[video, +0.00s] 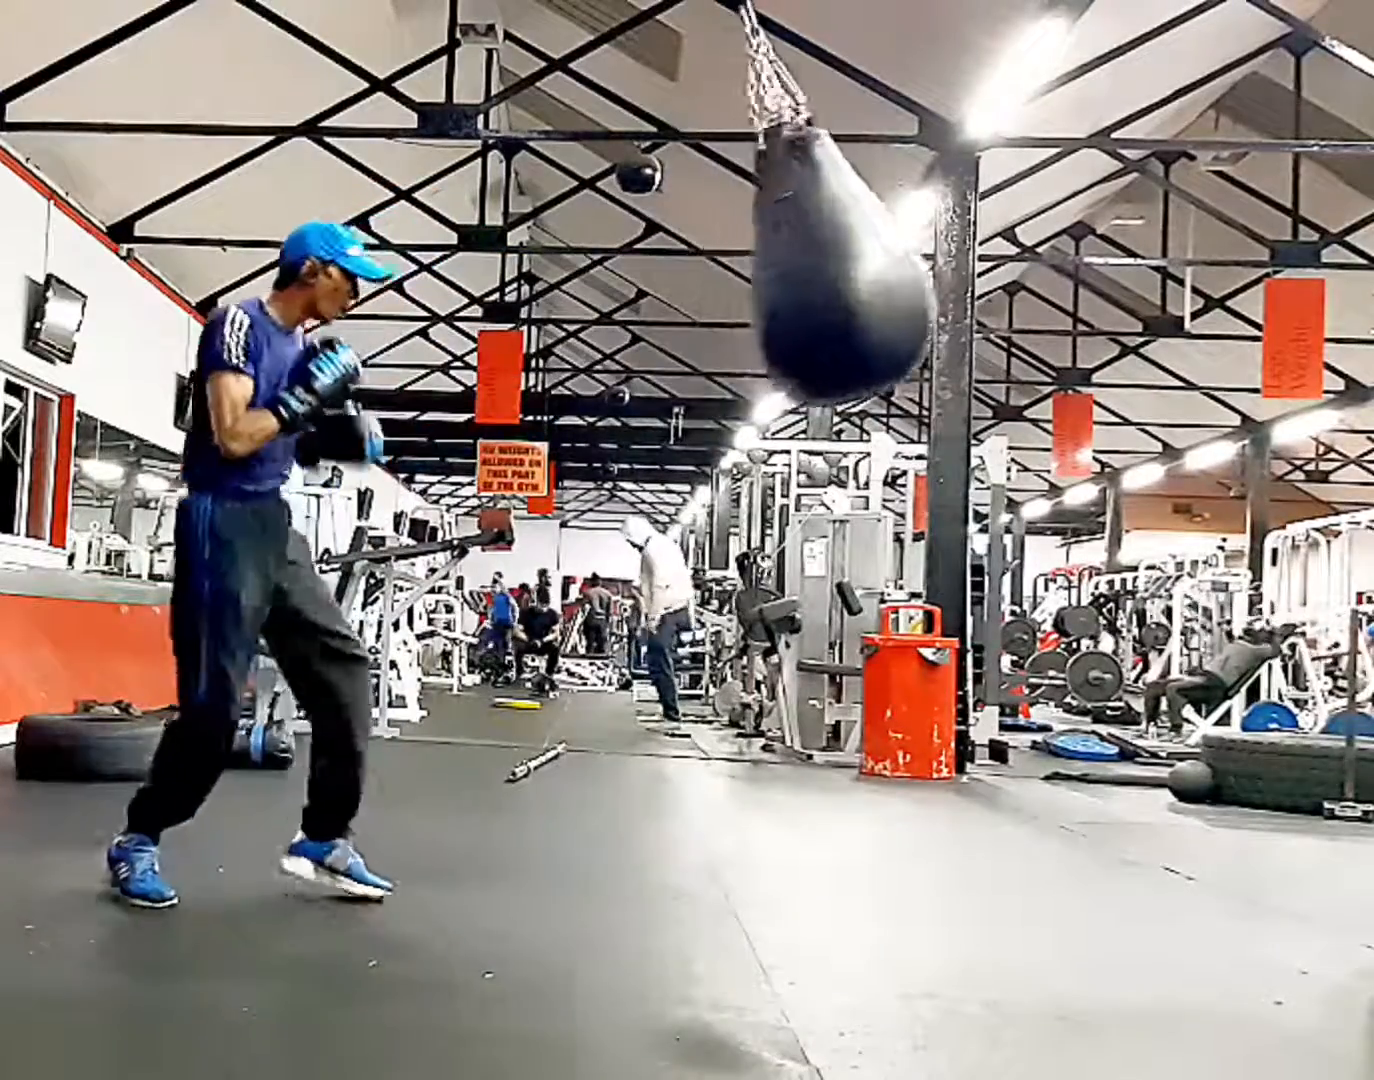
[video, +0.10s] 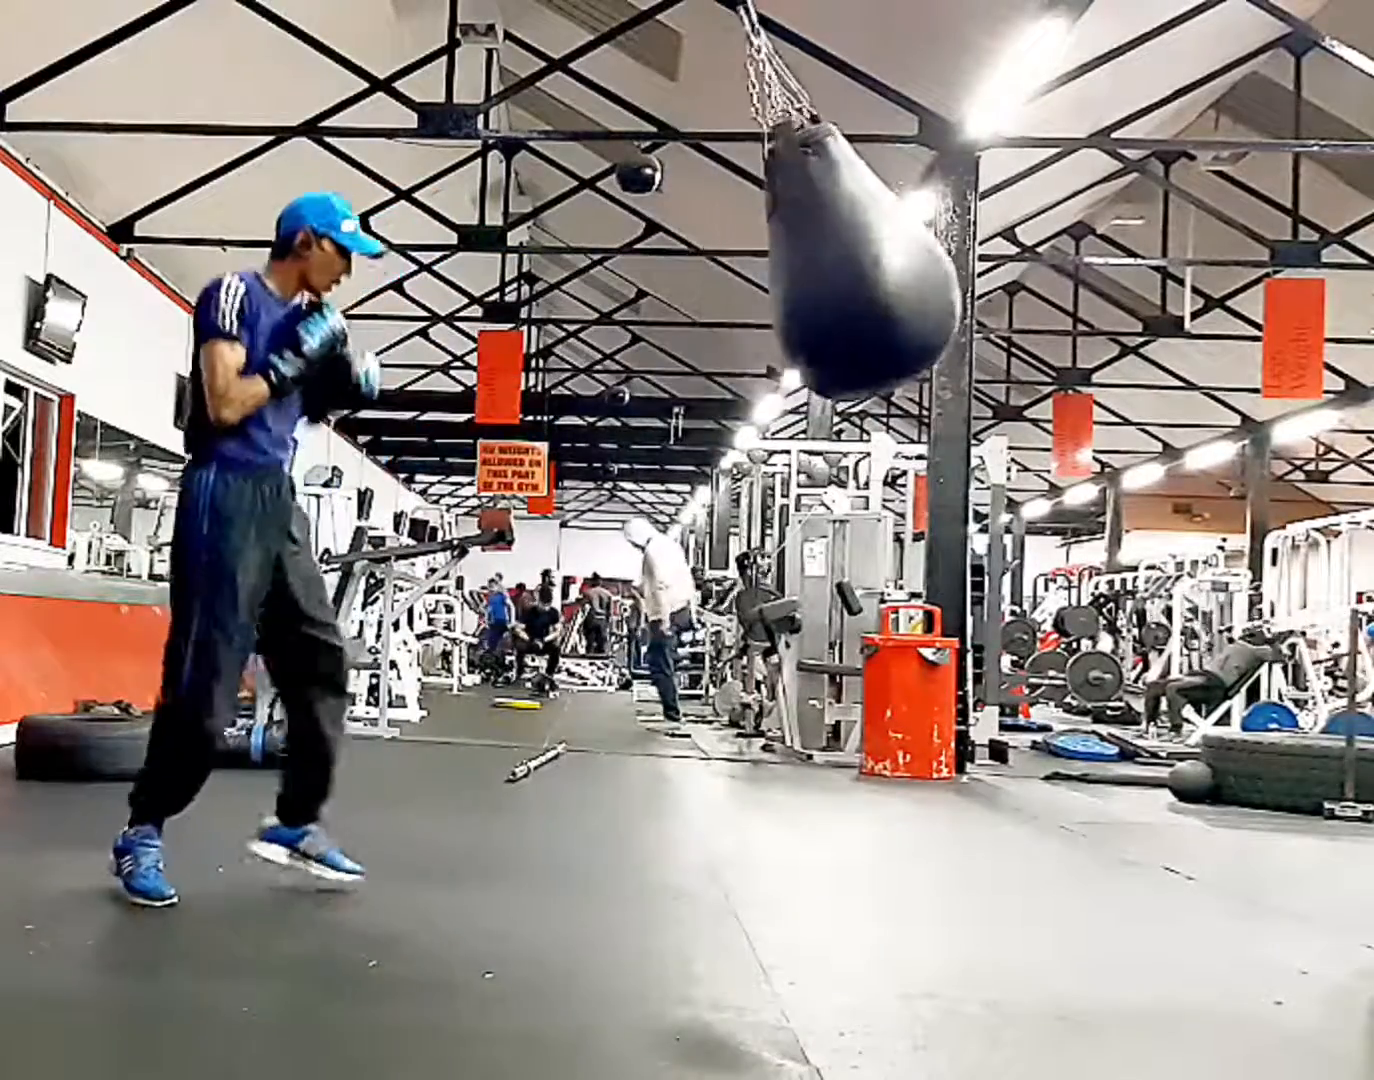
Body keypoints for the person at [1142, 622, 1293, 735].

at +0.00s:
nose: (1257, 634)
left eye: (1256, 631)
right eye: (1257, 632)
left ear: (1249, 635)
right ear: (1253, 635)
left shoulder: (1256, 651)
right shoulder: (1236, 645)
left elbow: (1275, 652)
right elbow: (1221, 651)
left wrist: (1275, 636)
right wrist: (1222, 632)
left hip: (1216, 681)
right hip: (1205, 674)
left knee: (1173, 689)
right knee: (1153, 688)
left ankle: (1176, 730)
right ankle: (1147, 727)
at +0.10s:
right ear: (1253, 636)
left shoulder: (1254, 651)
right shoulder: (1231, 647)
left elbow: (1277, 656)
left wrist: (1273, 644)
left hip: (1218, 681)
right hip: (1203, 675)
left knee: (1173, 689)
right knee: (1153, 688)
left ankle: (1176, 730)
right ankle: (1147, 728)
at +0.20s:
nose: (1259, 636)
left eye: (1259, 633)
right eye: (1259, 633)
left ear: (1255, 637)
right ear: (1254, 636)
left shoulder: (1256, 650)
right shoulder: (1234, 646)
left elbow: (1278, 655)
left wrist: (1277, 644)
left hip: (1217, 681)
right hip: (1202, 674)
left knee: (1173, 689)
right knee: (1152, 688)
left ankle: (1176, 730)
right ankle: (1147, 727)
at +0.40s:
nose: (1251, 626)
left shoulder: (1258, 650)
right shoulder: (1236, 643)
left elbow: (1273, 644)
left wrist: (1283, 632)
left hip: (1218, 682)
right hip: (1203, 676)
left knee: (1174, 689)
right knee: (1152, 688)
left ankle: (1176, 730)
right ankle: (1148, 727)